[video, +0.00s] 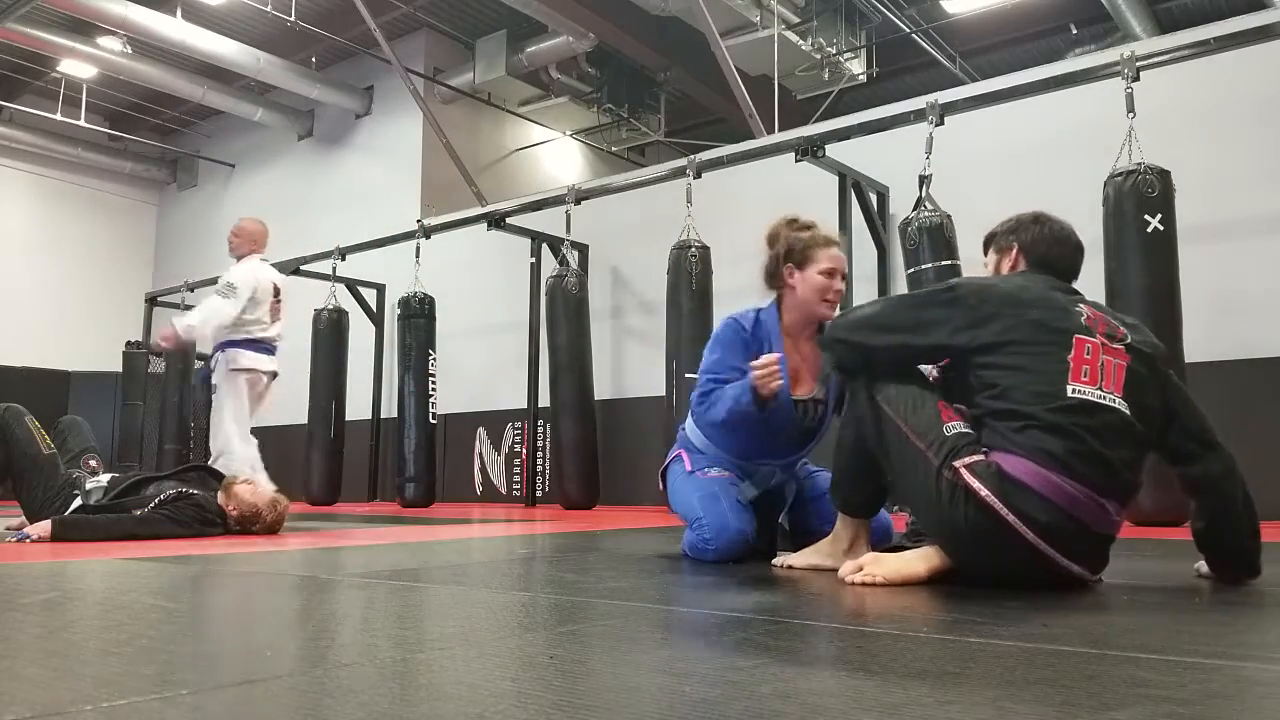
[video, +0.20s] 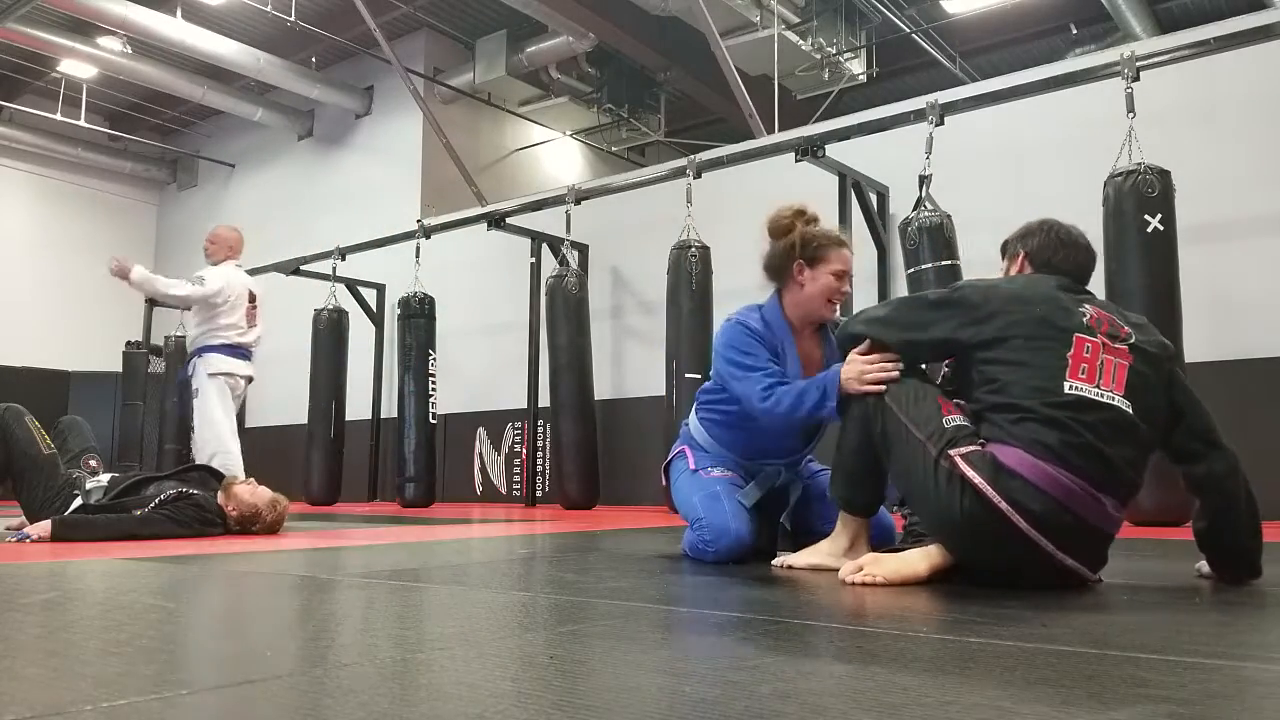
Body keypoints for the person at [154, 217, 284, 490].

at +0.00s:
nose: (229, 238)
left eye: (236, 235)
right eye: (231, 233)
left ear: (252, 243)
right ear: (257, 244)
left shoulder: (243, 273)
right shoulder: (273, 275)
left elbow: (219, 309)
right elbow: (270, 325)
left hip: (238, 361)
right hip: (264, 363)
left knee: (226, 431)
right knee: (237, 430)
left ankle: (234, 497)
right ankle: (262, 495)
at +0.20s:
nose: (205, 246)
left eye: (211, 243)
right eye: (206, 241)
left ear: (230, 249)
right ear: (232, 251)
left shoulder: (219, 276)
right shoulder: (248, 282)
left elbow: (184, 294)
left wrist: (133, 274)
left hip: (214, 364)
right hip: (239, 367)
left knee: (215, 436)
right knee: (213, 437)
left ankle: (228, 499)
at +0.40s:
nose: (185, 252)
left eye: (191, 247)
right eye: (186, 247)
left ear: (208, 253)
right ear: (211, 255)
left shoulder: (198, 279)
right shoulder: (228, 287)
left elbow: (178, 307)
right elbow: (233, 336)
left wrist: (122, 299)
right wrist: (224, 368)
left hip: (191, 369)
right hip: (215, 372)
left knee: (184, 440)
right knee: (191, 439)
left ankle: (212, 495)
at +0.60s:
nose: (162, 252)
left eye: (169, 248)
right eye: (163, 247)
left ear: (187, 254)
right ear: (189, 256)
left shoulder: (174, 282)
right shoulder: (205, 285)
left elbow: (163, 330)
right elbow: (212, 337)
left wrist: (147, 374)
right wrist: (201, 364)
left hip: (172, 374)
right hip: (197, 375)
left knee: (133, 437)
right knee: (187, 446)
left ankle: (162, 491)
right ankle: (190, 498)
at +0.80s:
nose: (136, 257)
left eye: (142, 253)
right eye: (137, 253)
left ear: (159, 259)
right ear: (162, 261)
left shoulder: (150, 285)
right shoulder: (181, 290)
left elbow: (143, 331)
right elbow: (187, 339)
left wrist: (121, 368)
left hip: (148, 374)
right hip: (175, 376)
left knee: (120, 439)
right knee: (175, 443)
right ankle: (188, 497)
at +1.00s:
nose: (102, 258)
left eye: (108, 254)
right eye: (103, 253)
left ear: (126, 257)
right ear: (130, 260)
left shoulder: (117, 286)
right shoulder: (156, 292)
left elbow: (105, 332)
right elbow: (161, 339)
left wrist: (84, 370)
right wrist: (149, 368)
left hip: (114, 374)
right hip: (145, 377)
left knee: (93, 436)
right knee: (134, 438)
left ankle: (93, 500)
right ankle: (165, 490)